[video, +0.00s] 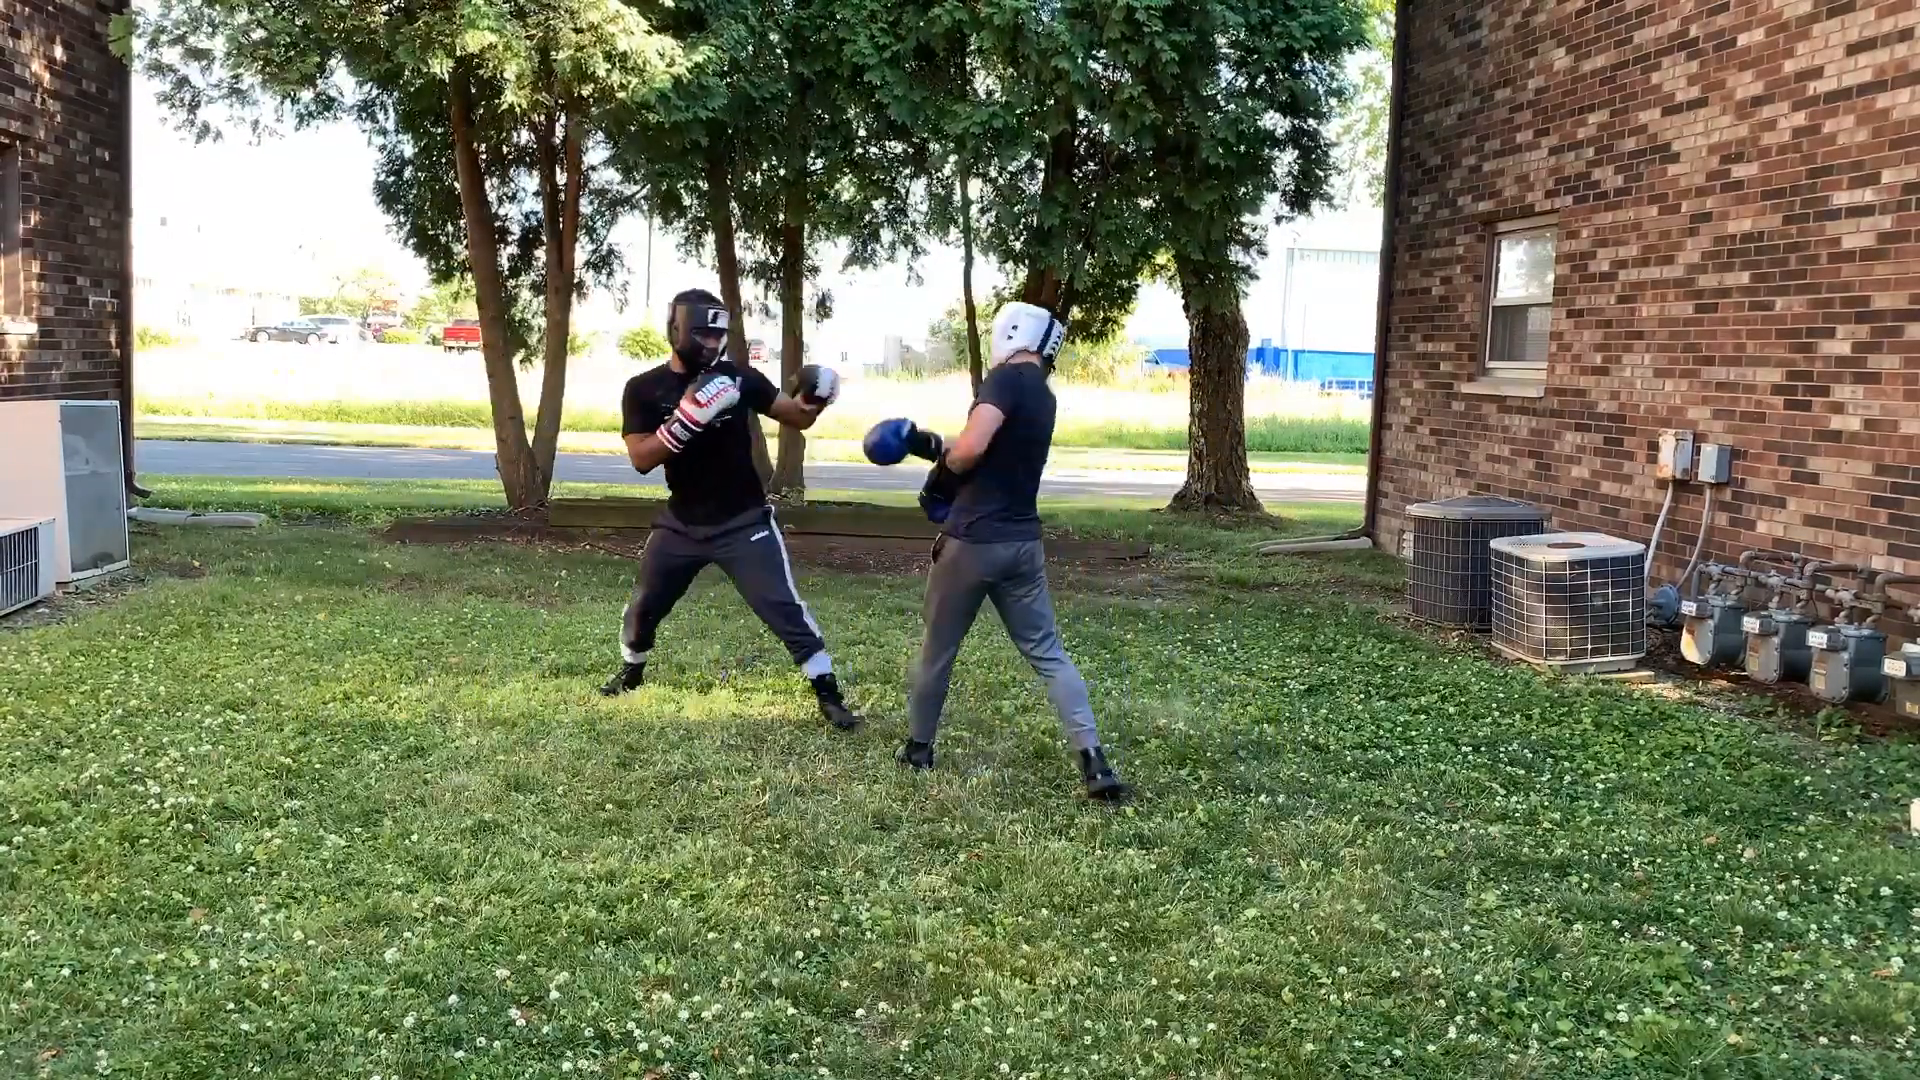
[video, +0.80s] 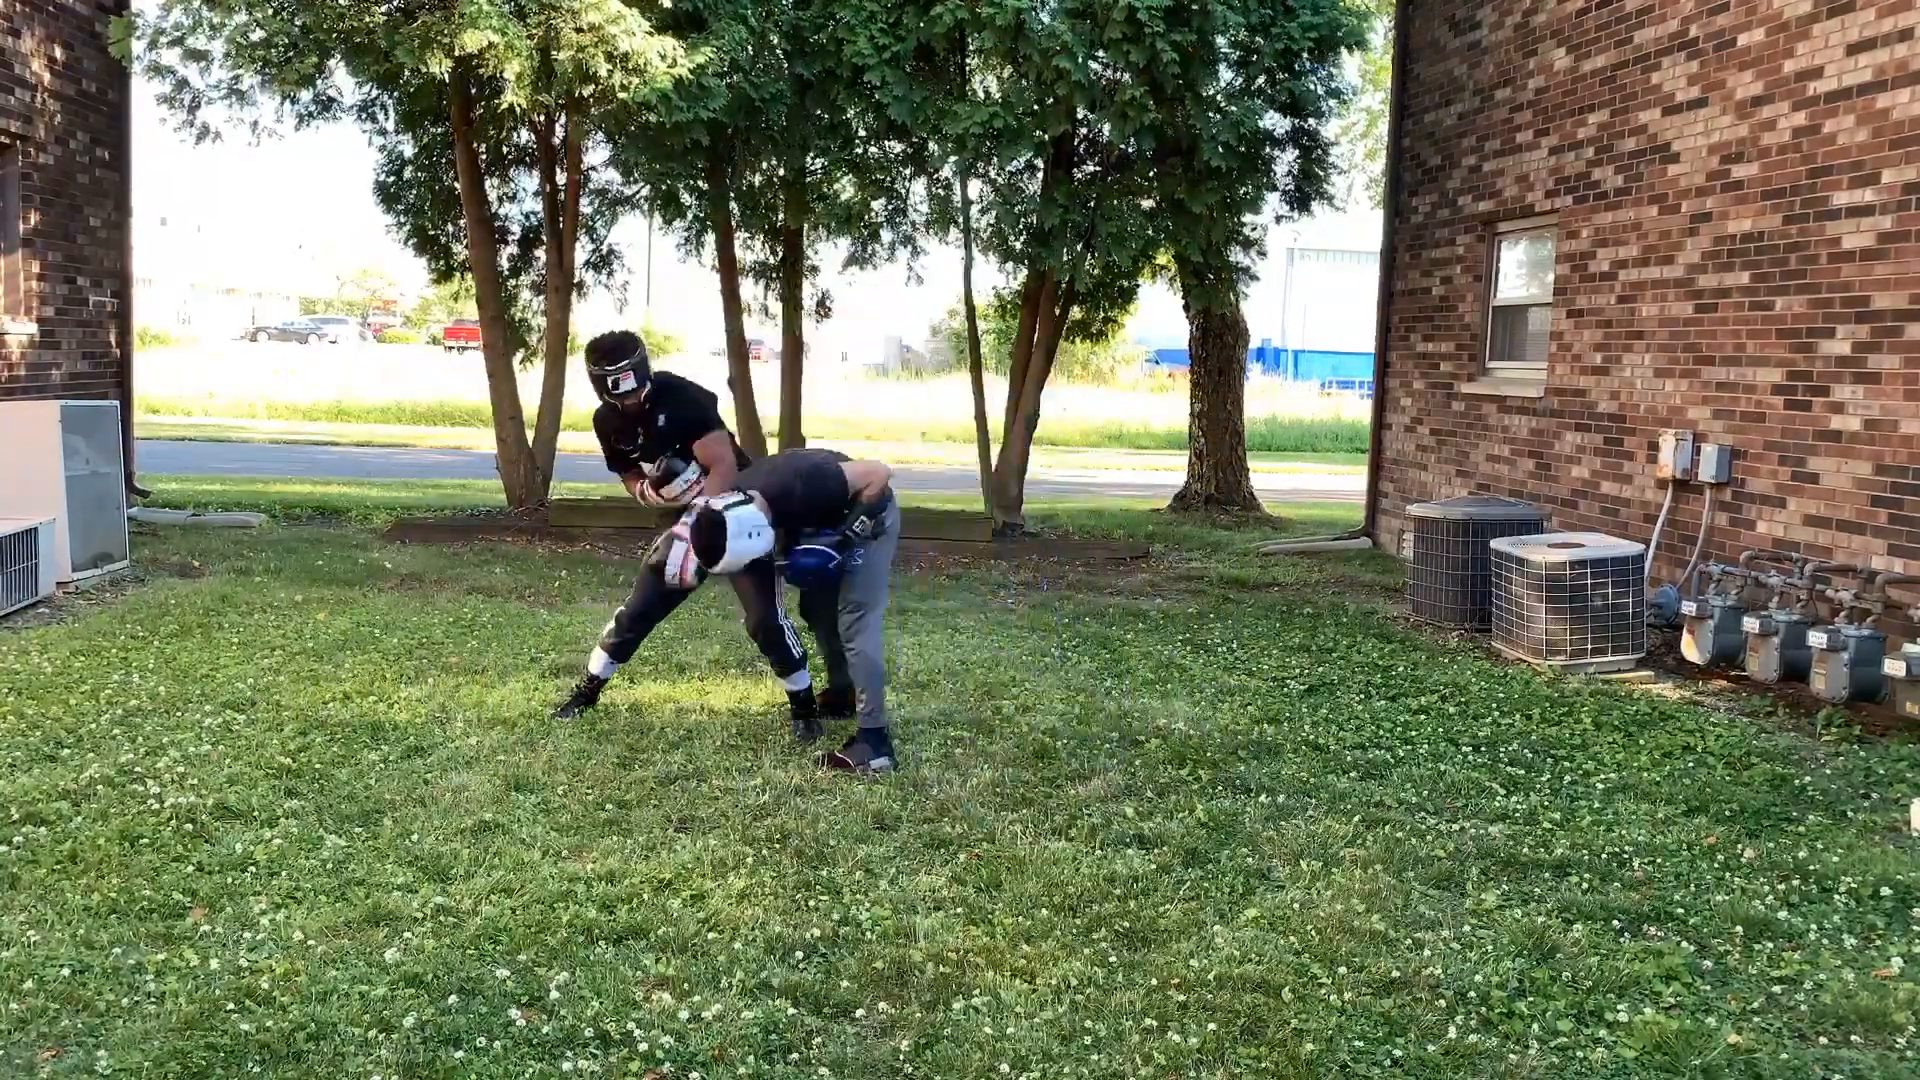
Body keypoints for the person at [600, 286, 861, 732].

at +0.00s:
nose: (713, 343)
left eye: (719, 334)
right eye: (702, 333)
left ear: (725, 334)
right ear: (674, 331)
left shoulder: (739, 377)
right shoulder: (643, 390)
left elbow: (796, 416)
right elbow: (640, 458)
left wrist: (815, 399)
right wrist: (684, 420)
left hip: (745, 521)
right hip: (682, 524)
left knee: (780, 604)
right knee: (644, 604)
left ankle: (829, 695)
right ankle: (631, 670)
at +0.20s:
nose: (710, 323)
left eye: (713, 312)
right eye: (701, 312)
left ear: (712, 310)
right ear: (669, 308)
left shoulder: (713, 357)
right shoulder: (615, 356)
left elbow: (735, 429)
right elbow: (591, 427)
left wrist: (749, 407)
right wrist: (648, 403)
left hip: (705, 498)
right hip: (639, 502)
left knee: (749, 592)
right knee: (611, 602)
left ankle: (753, 683)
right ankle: (571, 685)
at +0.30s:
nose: (719, 334)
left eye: (723, 324)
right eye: (710, 323)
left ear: (726, 321)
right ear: (678, 317)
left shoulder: (724, 365)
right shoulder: (630, 361)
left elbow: (748, 422)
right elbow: (631, 430)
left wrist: (754, 454)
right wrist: (695, 402)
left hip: (714, 513)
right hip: (647, 513)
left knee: (753, 611)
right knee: (609, 608)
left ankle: (793, 703)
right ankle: (574, 687)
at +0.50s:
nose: (639, 355)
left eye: (648, 345)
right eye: (629, 345)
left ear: (665, 340)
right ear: (615, 345)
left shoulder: (707, 367)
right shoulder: (611, 397)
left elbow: (761, 381)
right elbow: (613, 475)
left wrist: (802, 388)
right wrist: (649, 456)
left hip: (724, 521)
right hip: (665, 523)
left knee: (744, 624)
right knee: (611, 615)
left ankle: (797, 695)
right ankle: (581, 692)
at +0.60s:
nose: (641, 366)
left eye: (647, 355)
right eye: (629, 359)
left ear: (658, 344)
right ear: (611, 357)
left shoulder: (692, 369)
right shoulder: (605, 404)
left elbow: (761, 385)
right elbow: (608, 478)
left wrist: (784, 399)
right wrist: (633, 467)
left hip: (731, 519)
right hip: (673, 523)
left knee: (744, 618)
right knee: (620, 615)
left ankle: (795, 698)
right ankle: (582, 691)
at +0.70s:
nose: (634, 376)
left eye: (638, 363)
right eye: (621, 369)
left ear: (648, 355)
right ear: (602, 372)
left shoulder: (685, 379)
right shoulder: (604, 421)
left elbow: (755, 417)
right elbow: (637, 485)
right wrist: (658, 479)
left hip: (729, 522)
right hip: (676, 526)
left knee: (758, 623)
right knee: (627, 612)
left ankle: (803, 703)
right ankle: (585, 692)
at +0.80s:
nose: (627, 389)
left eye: (632, 377)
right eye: (615, 383)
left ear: (644, 368)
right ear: (599, 385)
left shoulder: (685, 399)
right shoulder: (608, 421)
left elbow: (724, 469)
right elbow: (633, 481)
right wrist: (656, 495)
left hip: (738, 500)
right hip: (689, 510)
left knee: (764, 622)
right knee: (637, 610)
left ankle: (804, 704)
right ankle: (587, 693)